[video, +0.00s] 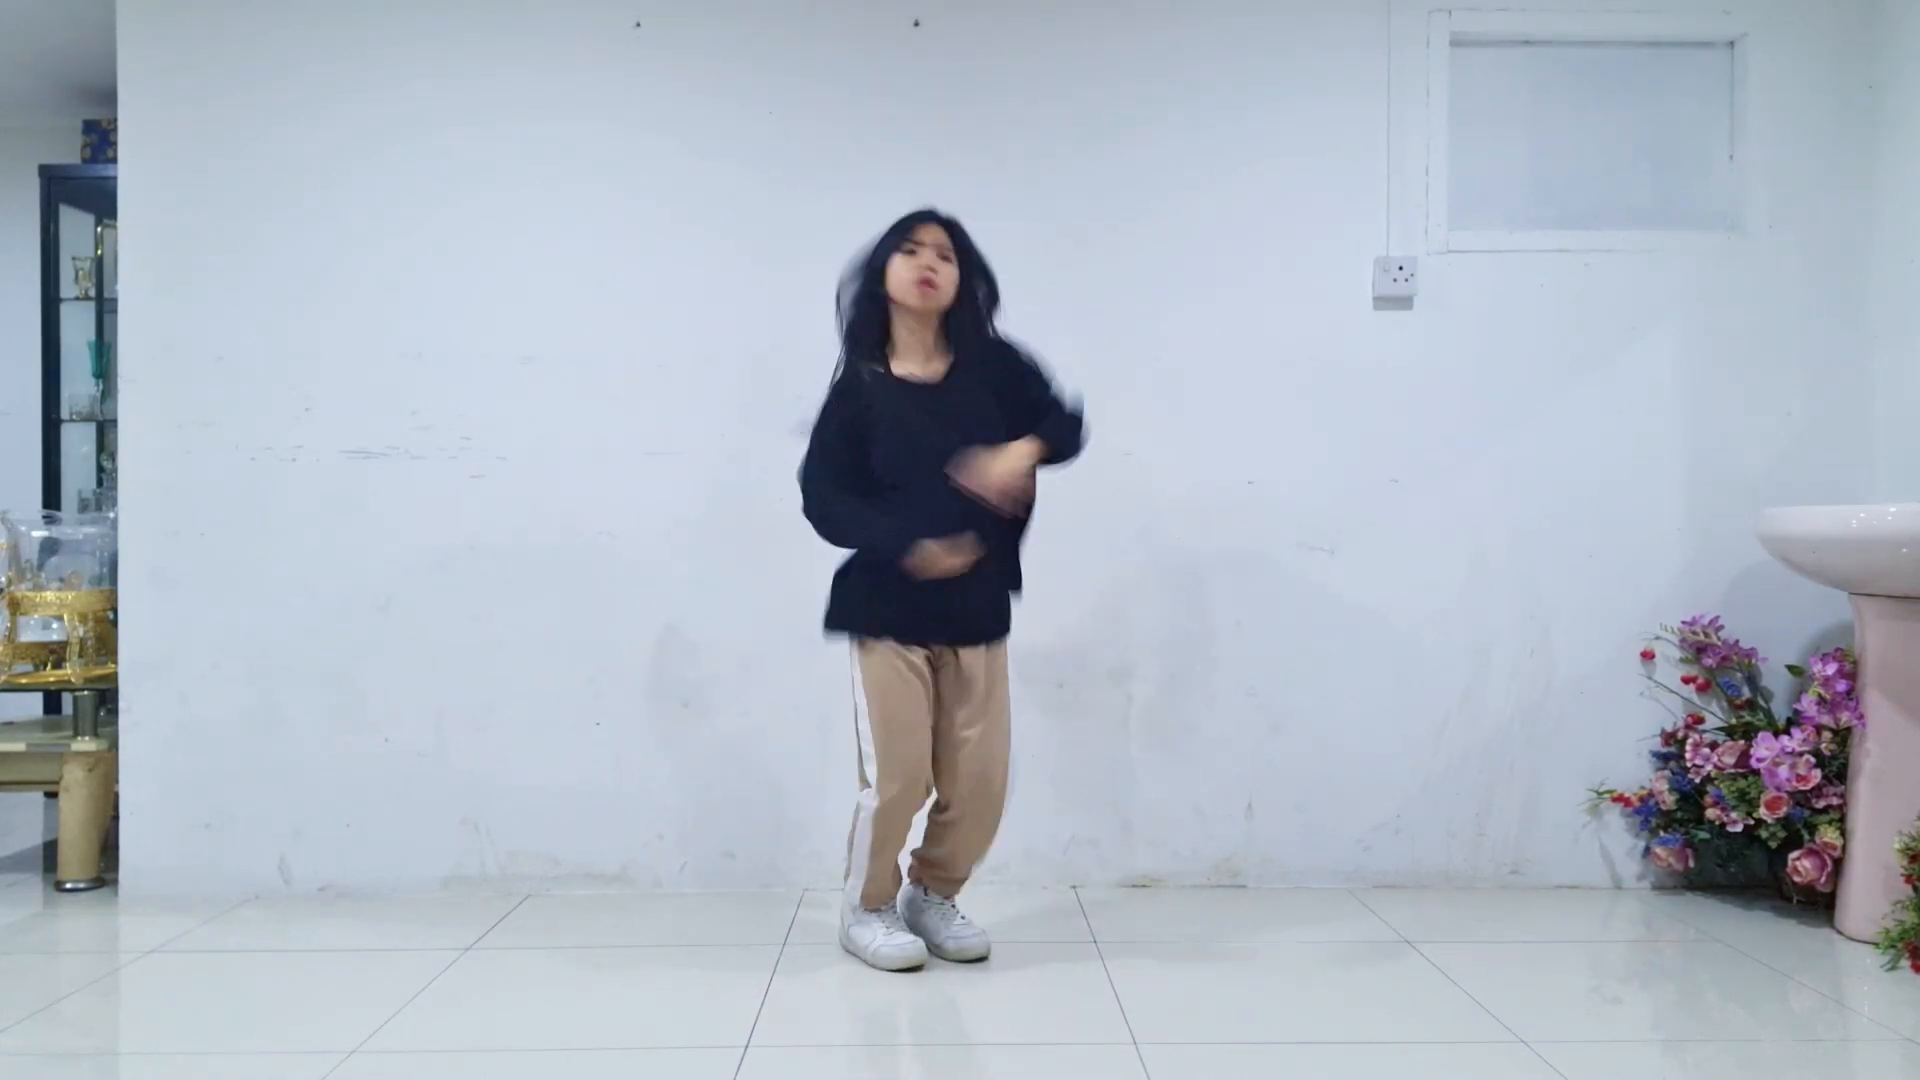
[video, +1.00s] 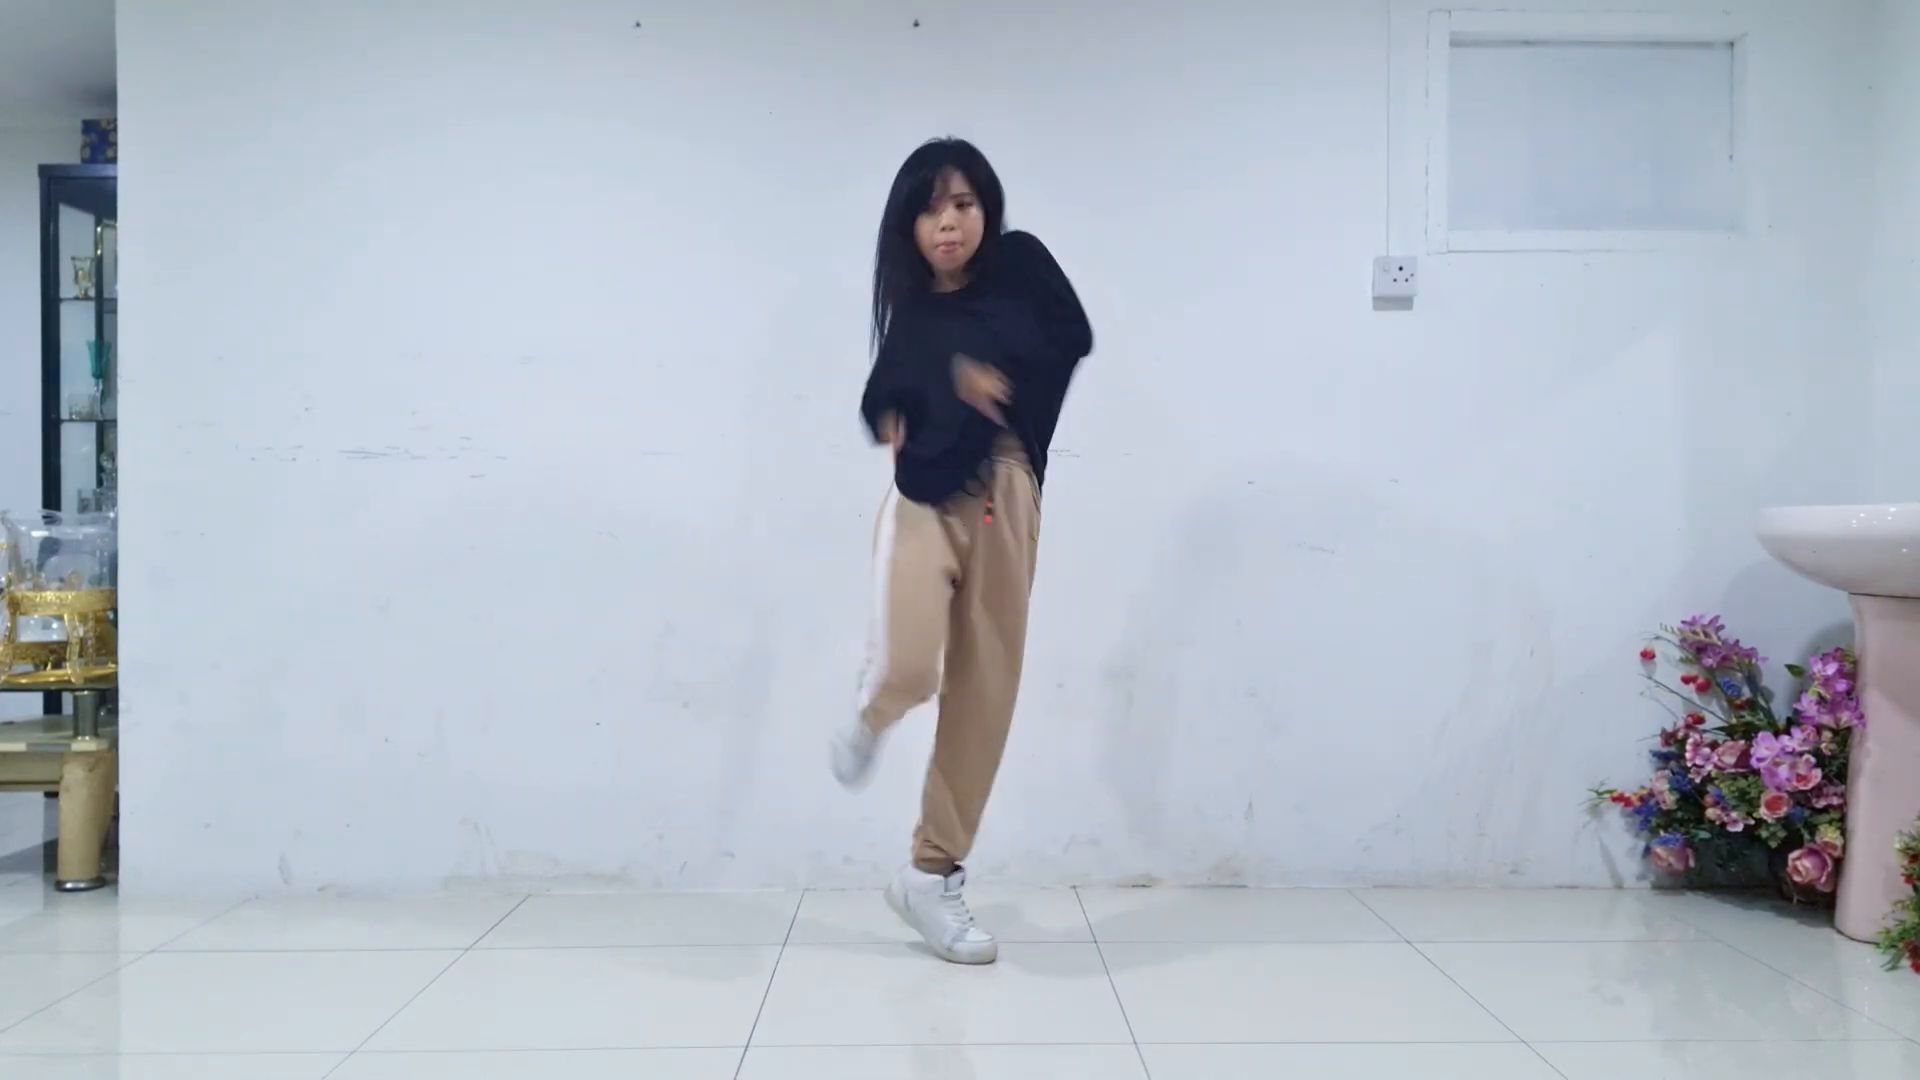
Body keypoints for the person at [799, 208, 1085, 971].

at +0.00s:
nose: (927, 264)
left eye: (943, 256)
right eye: (911, 251)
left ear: (962, 281)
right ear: (881, 272)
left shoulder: (997, 366)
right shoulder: (860, 387)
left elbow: (1066, 427)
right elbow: (823, 497)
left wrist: (1022, 453)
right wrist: (906, 545)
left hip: (976, 614)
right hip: (888, 612)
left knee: (978, 781)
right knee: (904, 774)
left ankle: (932, 897)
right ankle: (870, 912)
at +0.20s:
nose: (960, 227)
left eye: (970, 217)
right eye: (943, 208)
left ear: (975, 235)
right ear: (901, 216)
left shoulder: (975, 336)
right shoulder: (870, 316)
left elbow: (1056, 330)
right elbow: (905, 368)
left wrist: (1004, 307)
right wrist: (982, 326)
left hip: (990, 546)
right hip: (914, 546)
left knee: (970, 724)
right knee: (901, 725)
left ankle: (938, 885)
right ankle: (872, 896)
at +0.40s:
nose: (967, 241)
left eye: (977, 234)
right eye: (952, 223)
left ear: (982, 254)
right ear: (912, 230)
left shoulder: (966, 328)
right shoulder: (882, 310)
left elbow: (1037, 394)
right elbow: (859, 422)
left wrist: (1030, 364)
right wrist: (929, 494)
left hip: (998, 532)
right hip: (931, 531)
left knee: (981, 726)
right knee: (939, 729)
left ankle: (933, 884)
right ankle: (877, 886)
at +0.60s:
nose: (984, 248)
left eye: (991, 236)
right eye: (966, 236)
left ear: (1003, 253)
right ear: (932, 252)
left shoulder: (989, 355)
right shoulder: (913, 349)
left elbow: (970, 464)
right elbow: (870, 454)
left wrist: (977, 562)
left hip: (961, 561)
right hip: (914, 565)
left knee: (957, 738)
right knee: (1061, 656)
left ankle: (918, 901)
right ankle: (957, 772)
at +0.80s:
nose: (974, 205)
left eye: (984, 193)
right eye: (957, 191)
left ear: (999, 208)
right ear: (919, 204)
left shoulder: (1021, 296)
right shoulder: (896, 307)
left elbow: (1042, 394)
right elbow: (838, 417)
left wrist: (1031, 468)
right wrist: (882, 493)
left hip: (996, 525)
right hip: (921, 517)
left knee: (954, 705)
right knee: (1010, 662)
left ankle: (920, 886)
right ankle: (865, 663)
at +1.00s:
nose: (948, 225)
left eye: (963, 207)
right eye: (931, 210)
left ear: (987, 214)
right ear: (907, 223)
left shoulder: (1019, 261)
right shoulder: (907, 304)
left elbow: (1073, 333)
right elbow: (881, 398)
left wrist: (987, 368)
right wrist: (938, 378)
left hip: (1009, 496)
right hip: (922, 496)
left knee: (985, 693)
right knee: (912, 675)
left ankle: (932, 878)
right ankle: (870, 725)